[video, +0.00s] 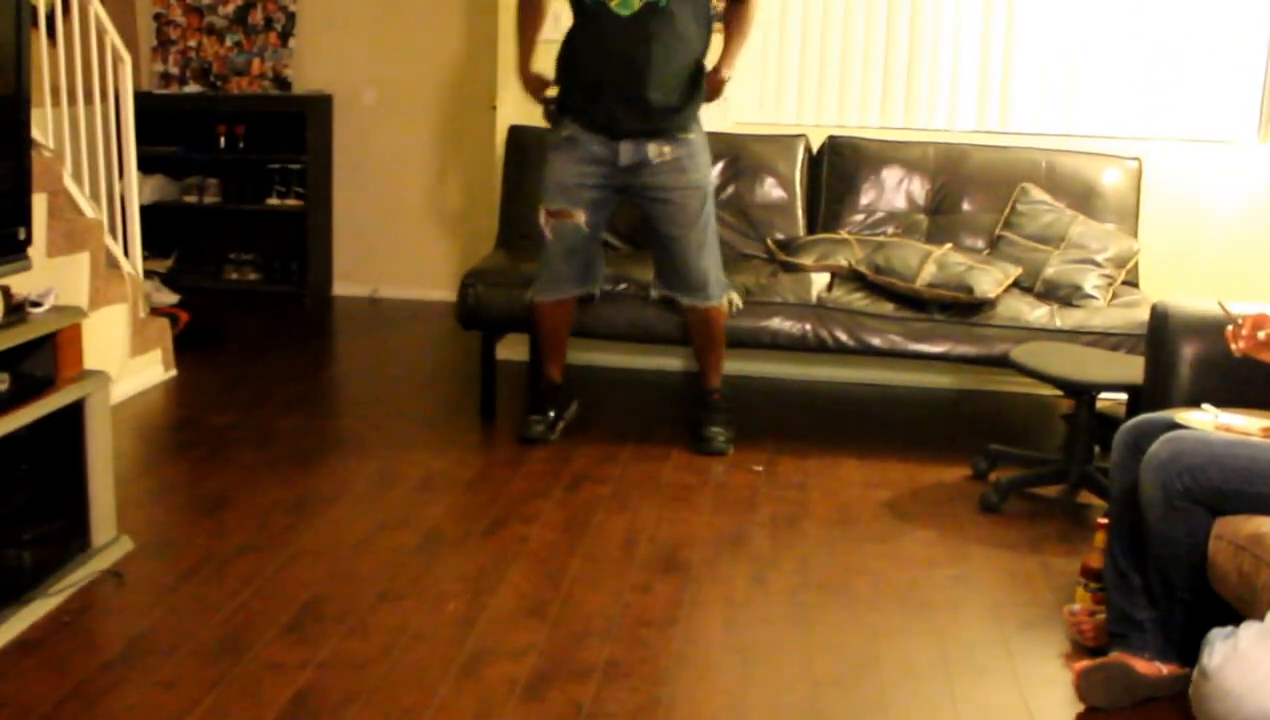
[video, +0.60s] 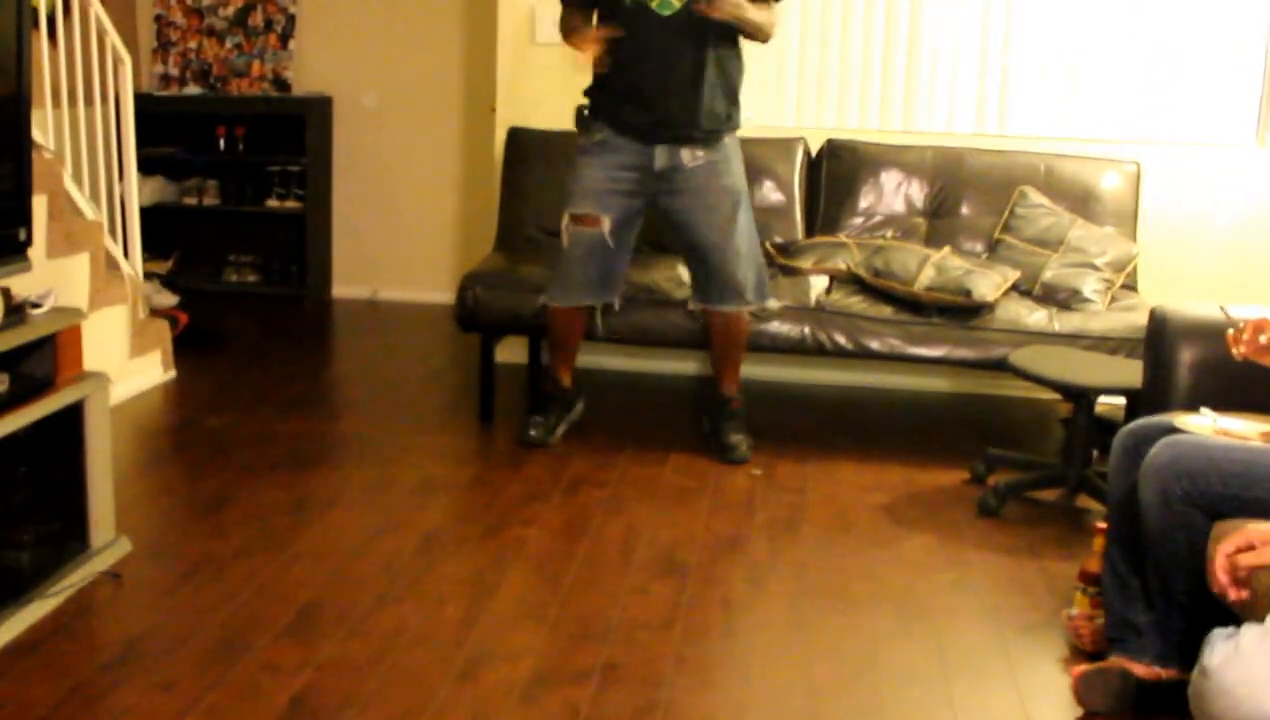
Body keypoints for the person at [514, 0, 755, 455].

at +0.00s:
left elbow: (741, 3)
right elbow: (533, 1)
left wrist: (722, 69)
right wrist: (526, 67)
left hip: (672, 131)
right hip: (582, 127)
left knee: (702, 281)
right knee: (556, 271)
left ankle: (712, 401)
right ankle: (551, 393)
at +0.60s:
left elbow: (766, 24)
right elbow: (572, 16)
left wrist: (733, 11)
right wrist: (580, 33)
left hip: (706, 138)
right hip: (614, 135)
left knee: (731, 280)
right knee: (575, 271)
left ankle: (727, 405)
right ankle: (560, 392)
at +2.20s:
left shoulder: (746, 21)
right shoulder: (609, 23)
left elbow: (765, 120)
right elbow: (587, 117)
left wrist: (719, 69)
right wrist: (637, 118)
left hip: (713, 226)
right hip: (623, 223)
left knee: (741, 374)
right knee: (594, 354)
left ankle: (750, 497)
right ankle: (578, 493)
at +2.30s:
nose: (666, 20)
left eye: (677, 9)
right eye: (656, 8)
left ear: (696, 16)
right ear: (641, 15)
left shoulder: (732, 95)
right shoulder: (600, 86)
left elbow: (763, 172)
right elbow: (573, 164)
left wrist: (703, 152)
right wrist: (648, 163)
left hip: (702, 281)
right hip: (615, 278)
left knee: (736, 427)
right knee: (583, 419)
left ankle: (750, 555)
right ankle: (578, 553)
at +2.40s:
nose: (664, 72)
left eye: (676, 60)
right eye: (655, 59)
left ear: (694, 66)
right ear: (639, 66)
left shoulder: (728, 145)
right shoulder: (597, 139)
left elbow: (746, 230)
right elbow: (574, 219)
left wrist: (691, 207)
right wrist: (647, 231)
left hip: (702, 333)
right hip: (612, 332)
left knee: (742, 476)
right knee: (578, 470)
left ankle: (752, 602)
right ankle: (581, 605)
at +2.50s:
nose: (666, 96)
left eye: (679, 86)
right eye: (657, 85)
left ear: (702, 94)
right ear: (642, 92)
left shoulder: (739, 170)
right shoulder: (601, 166)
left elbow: (765, 264)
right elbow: (569, 251)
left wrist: (741, 241)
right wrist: (608, 265)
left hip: (716, 367)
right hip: (623, 367)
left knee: (748, 506)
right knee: (591, 494)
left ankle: (756, 636)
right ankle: (582, 634)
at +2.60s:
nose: (679, 128)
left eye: (691, 116)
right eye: (666, 117)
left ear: (711, 121)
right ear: (649, 123)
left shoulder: (750, 187)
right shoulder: (608, 194)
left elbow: (793, 274)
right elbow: (574, 277)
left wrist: (790, 258)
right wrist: (580, 272)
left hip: (730, 397)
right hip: (636, 397)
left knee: (758, 541)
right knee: (604, 521)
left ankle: (763, 661)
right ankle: (588, 657)